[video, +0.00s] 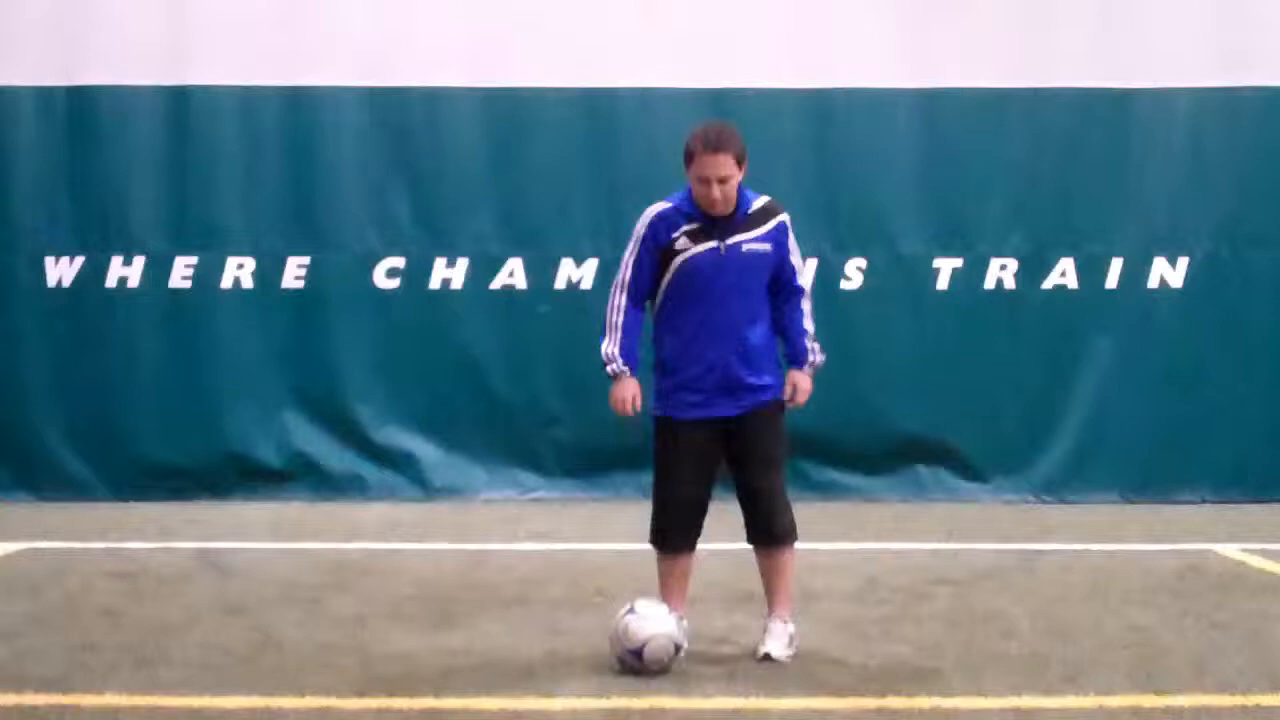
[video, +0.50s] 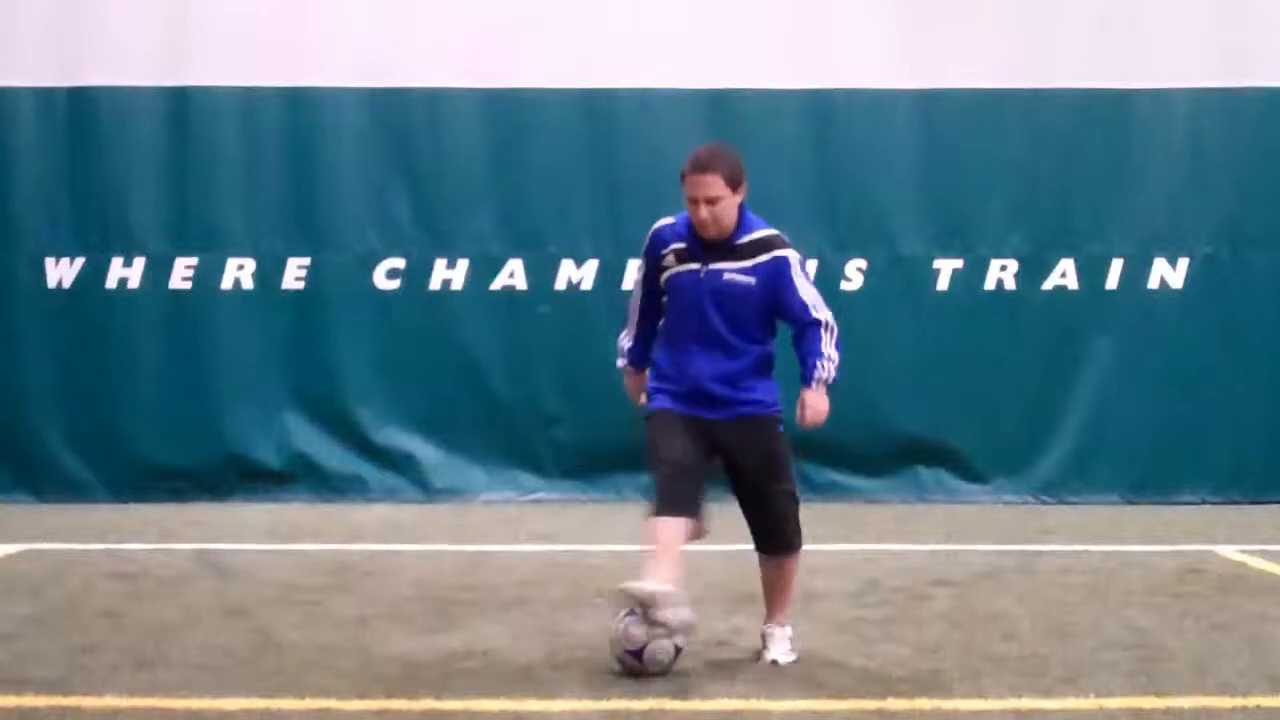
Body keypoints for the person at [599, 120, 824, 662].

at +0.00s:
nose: (715, 193)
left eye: (724, 181)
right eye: (704, 182)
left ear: (741, 171)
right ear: (687, 175)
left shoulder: (770, 218)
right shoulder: (660, 223)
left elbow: (792, 292)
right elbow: (626, 297)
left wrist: (801, 361)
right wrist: (620, 369)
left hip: (756, 395)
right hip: (683, 400)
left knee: (767, 509)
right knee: (675, 514)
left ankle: (780, 622)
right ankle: (672, 623)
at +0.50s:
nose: (702, 214)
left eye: (713, 202)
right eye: (693, 202)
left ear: (739, 195)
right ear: (682, 196)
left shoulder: (771, 250)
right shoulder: (664, 241)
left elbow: (815, 321)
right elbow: (644, 307)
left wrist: (817, 382)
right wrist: (633, 363)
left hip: (748, 405)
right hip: (676, 401)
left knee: (777, 518)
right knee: (674, 481)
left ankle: (777, 626)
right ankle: (662, 589)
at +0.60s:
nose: (680, 204)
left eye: (691, 192)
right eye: (672, 193)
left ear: (720, 187)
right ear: (665, 192)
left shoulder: (759, 241)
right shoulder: (650, 241)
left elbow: (808, 297)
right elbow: (628, 305)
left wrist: (804, 327)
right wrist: (606, 360)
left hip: (735, 404)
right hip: (660, 400)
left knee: (767, 514)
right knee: (623, 489)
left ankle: (777, 625)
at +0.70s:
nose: (647, 174)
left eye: (657, 161)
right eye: (637, 164)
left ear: (684, 157)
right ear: (629, 164)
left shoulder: (725, 202)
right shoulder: (617, 212)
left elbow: (786, 242)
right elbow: (590, 277)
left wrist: (773, 270)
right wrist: (563, 332)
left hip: (705, 388)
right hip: (631, 386)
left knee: (734, 501)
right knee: (582, 481)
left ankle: (766, 612)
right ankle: (548, 600)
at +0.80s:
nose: (606, 166)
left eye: (616, 154)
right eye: (598, 156)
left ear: (644, 150)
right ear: (588, 157)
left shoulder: (687, 192)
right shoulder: (576, 208)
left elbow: (745, 237)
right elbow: (549, 274)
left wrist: (733, 274)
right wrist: (524, 335)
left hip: (677, 365)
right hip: (606, 371)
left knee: (700, 458)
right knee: (563, 477)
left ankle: (721, 565)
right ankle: (561, 606)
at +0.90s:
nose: (569, 192)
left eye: (579, 180)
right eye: (561, 182)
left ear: (607, 175)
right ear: (553, 183)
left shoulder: (651, 219)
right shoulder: (541, 235)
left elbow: (702, 279)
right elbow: (515, 302)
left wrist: (689, 314)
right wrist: (492, 365)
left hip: (644, 374)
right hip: (578, 388)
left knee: (655, 440)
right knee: (555, 506)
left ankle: (673, 559)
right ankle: (571, 621)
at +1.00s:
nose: (537, 212)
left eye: (546, 199)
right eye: (528, 202)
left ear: (573, 193)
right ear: (520, 201)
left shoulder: (618, 236)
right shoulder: (515, 252)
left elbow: (673, 297)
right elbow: (490, 317)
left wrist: (667, 346)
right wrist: (462, 371)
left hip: (615, 377)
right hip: (555, 393)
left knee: (600, 432)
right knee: (531, 511)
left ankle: (654, 547)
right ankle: (572, 621)